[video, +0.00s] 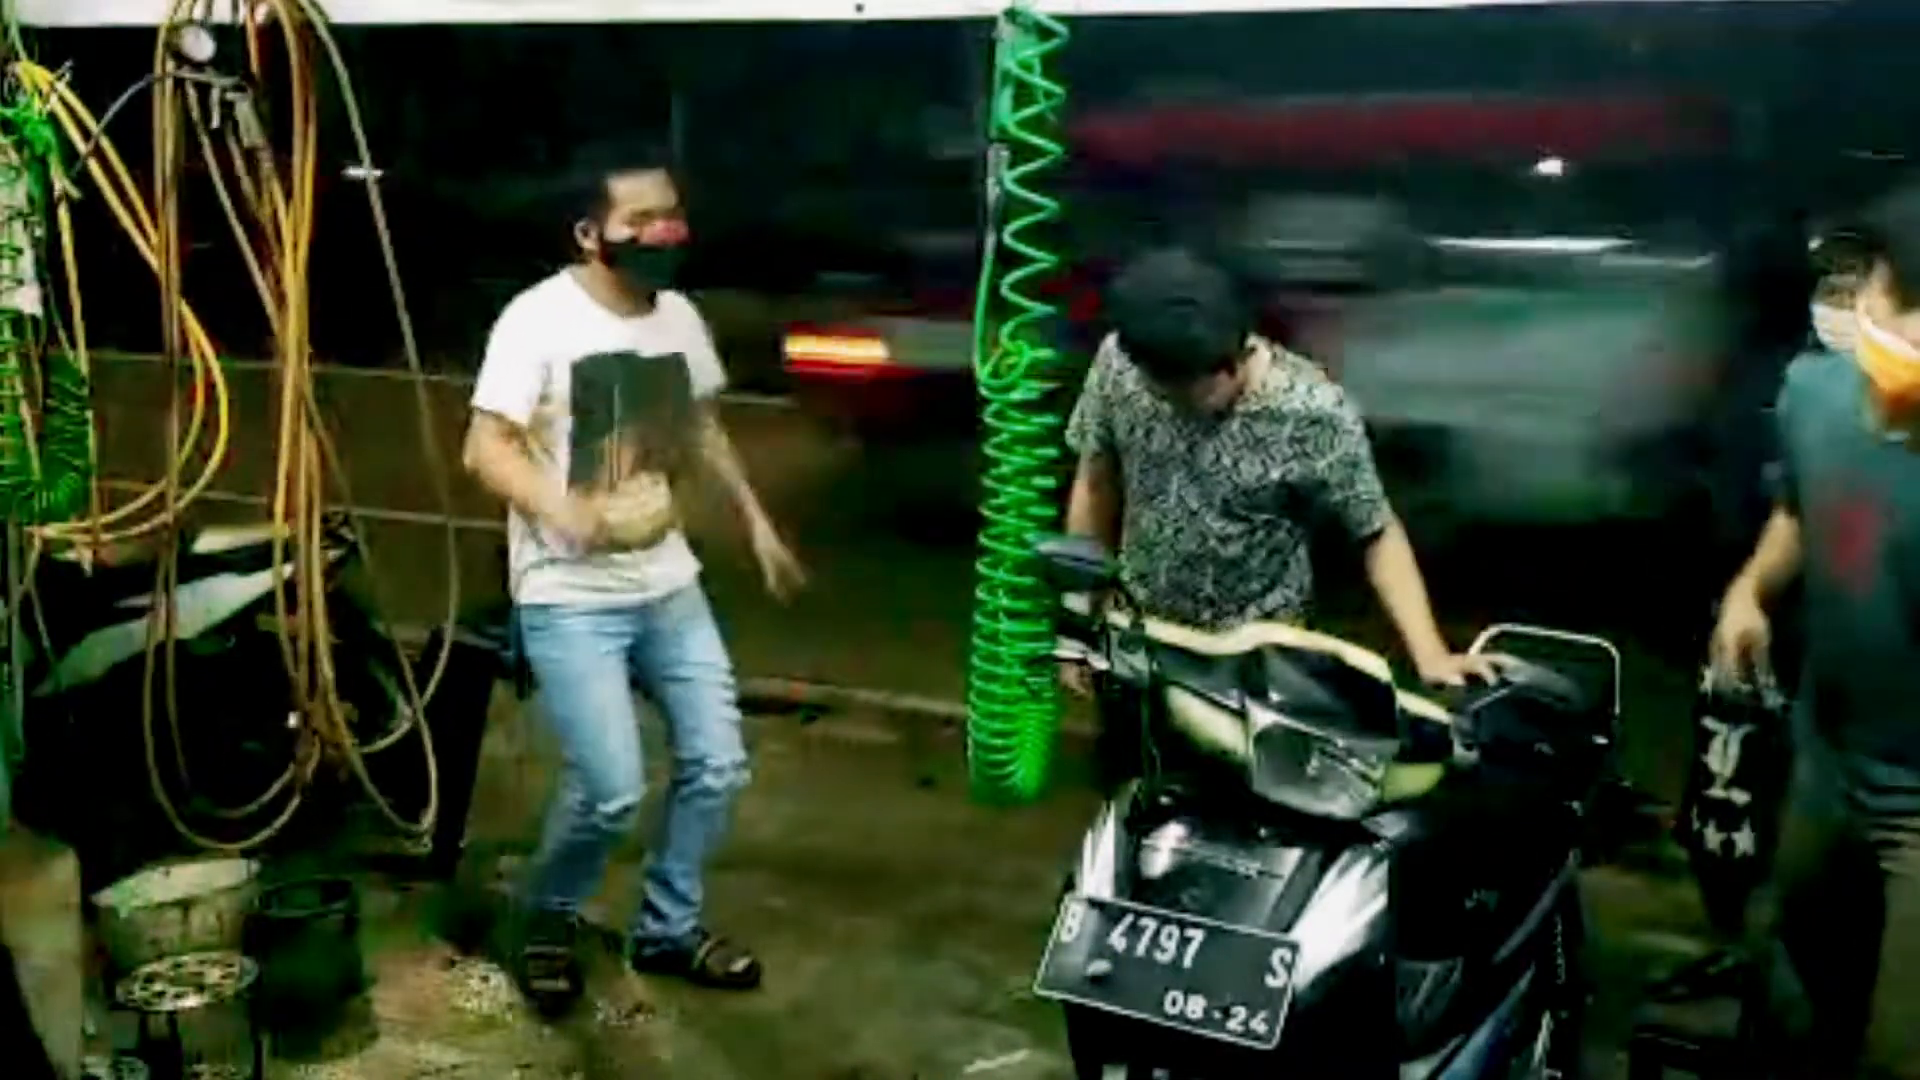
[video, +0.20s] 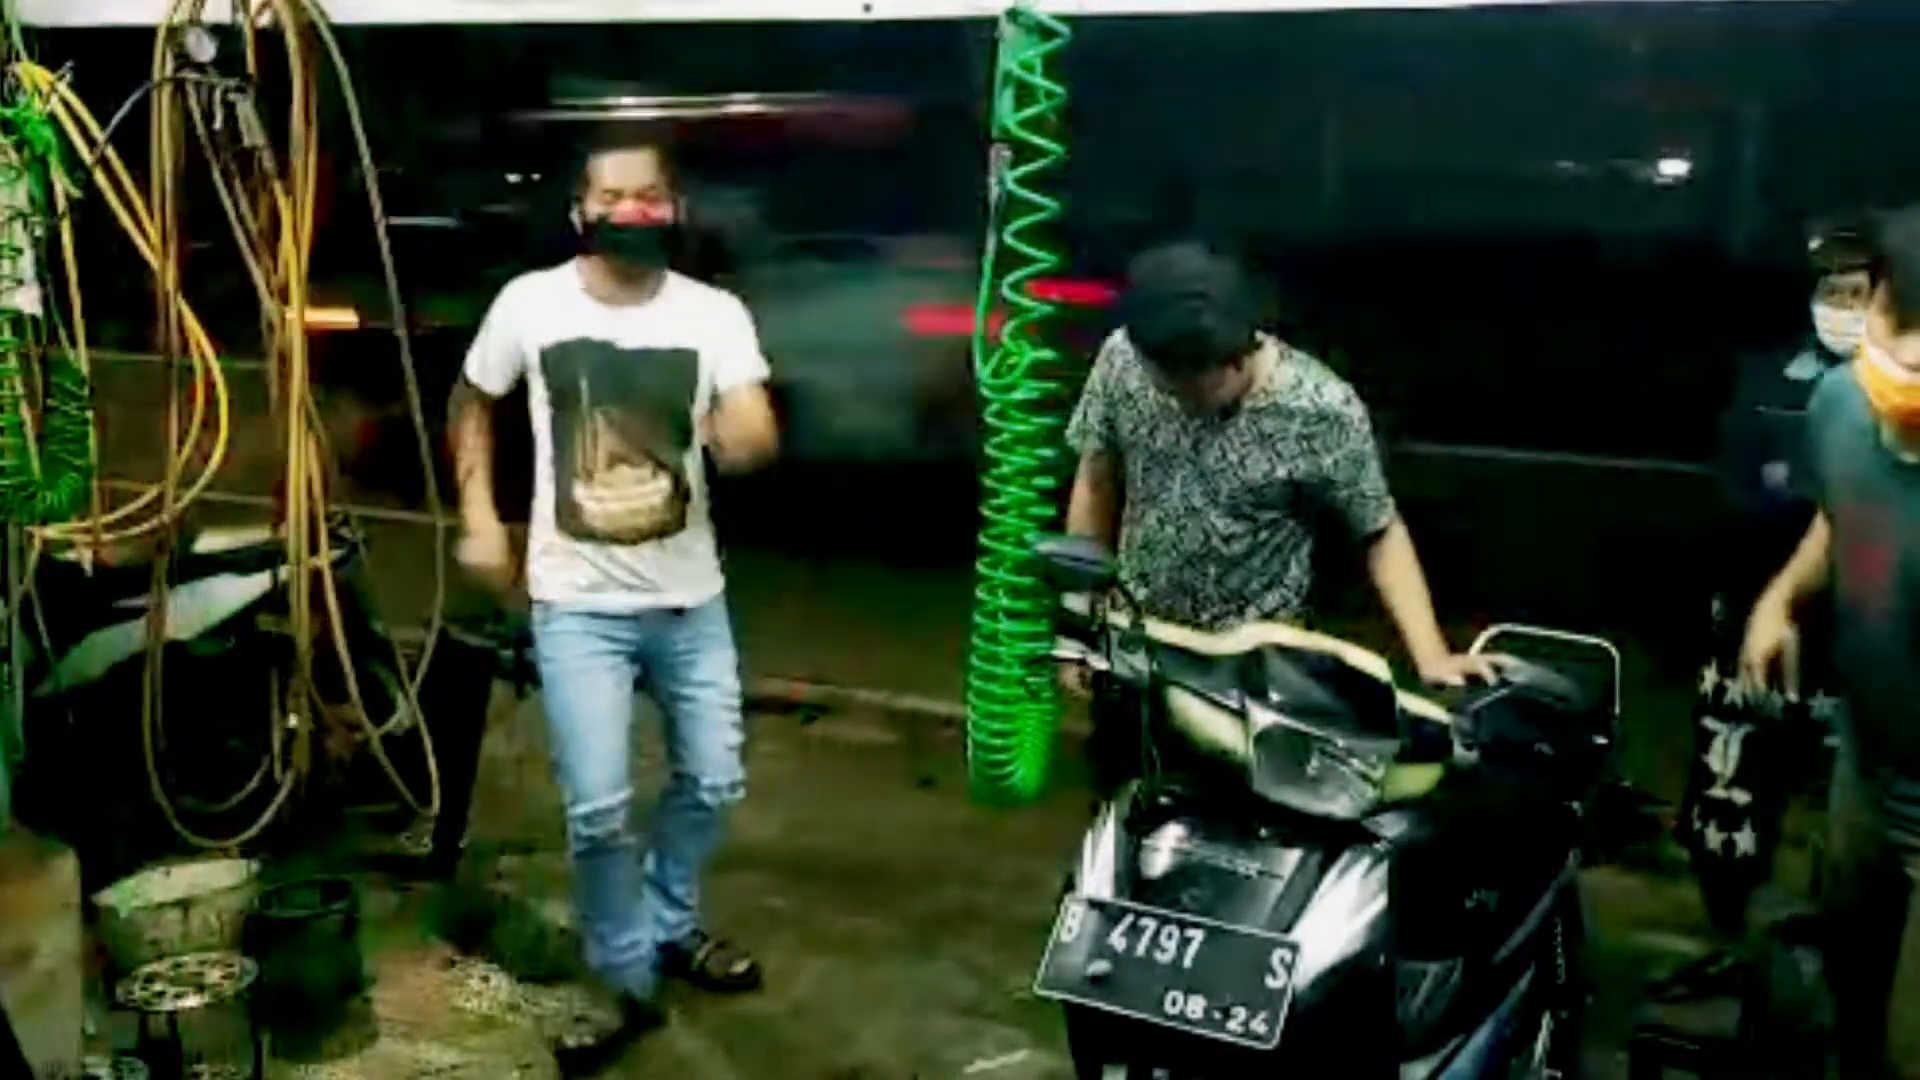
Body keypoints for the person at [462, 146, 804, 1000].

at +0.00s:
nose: (666, 236)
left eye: (671, 217)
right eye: (643, 222)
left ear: (679, 220)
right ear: (590, 232)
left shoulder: (680, 319)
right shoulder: (534, 321)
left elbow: (706, 433)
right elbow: (487, 449)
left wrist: (757, 523)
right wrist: (563, 513)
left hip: (668, 585)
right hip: (567, 598)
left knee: (716, 766)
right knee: (612, 790)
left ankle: (668, 931)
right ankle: (548, 922)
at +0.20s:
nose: (633, 213)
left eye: (649, 197)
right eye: (615, 198)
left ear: (673, 206)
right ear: (583, 206)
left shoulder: (712, 313)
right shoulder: (530, 306)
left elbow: (754, 440)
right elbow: (472, 404)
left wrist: (717, 428)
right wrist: (480, 517)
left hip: (689, 599)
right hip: (576, 603)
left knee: (714, 779)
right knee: (599, 808)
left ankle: (669, 927)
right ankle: (623, 987)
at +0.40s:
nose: (590, 201)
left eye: (609, 185)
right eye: (573, 186)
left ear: (646, 198)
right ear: (553, 201)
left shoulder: (698, 295)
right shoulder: (524, 300)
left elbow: (752, 396)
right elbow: (488, 389)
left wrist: (688, 373)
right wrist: (474, 496)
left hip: (684, 598)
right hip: (566, 604)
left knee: (704, 793)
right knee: (581, 816)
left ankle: (677, 923)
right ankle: (628, 988)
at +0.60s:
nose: (576, 245)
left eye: (591, 223)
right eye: (556, 232)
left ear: (635, 229)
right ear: (538, 249)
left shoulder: (701, 343)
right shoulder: (515, 353)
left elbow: (744, 479)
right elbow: (493, 475)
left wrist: (722, 578)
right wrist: (498, 584)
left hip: (686, 637)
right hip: (564, 642)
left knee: (717, 839)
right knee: (568, 852)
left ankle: (728, 960)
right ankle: (634, 993)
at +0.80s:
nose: (603, 233)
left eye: (620, 212)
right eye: (583, 218)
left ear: (664, 216)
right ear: (561, 232)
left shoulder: (721, 318)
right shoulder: (529, 326)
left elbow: (793, 397)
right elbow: (446, 426)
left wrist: (838, 496)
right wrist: (474, 450)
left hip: (704, 619)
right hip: (580, 627)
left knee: (727, 840)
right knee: (591, 844)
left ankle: (757, 1042)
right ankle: (634, 1000)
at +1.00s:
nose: (661, 227)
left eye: (681, 207)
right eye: (640, 210)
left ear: (719, 213)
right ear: (614, 220)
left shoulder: (759, 308)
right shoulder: (569, 310)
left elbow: (830, 371)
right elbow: (440, 395)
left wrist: (888, 463)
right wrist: (490, 377)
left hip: (743, 631)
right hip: (619, 634)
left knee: (757, 856)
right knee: (614, 852)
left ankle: (764, 1049)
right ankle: (632, 1001)